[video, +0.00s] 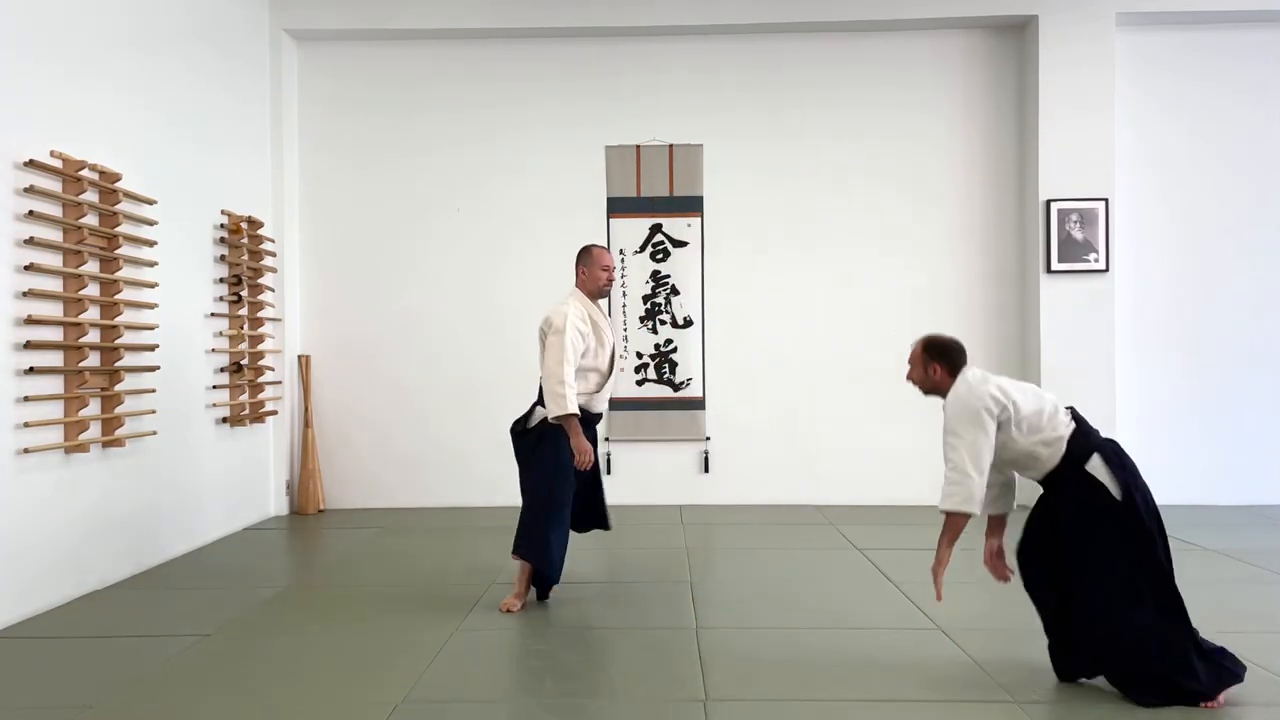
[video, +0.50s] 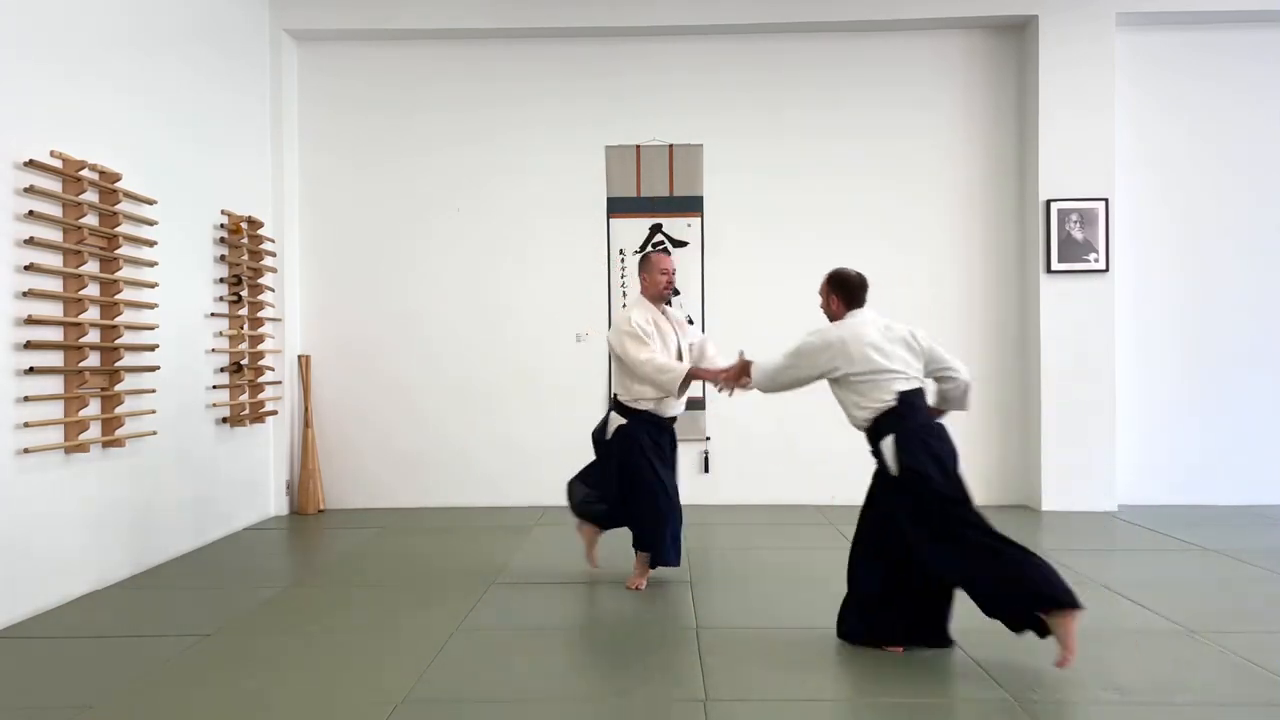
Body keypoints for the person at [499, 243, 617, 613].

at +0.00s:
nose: (612, 276)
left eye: (613, 270)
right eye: (605, 270)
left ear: (593, 274)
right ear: (583, 272)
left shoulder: (593, 315)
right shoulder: (566, 316)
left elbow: (586, 377)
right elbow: (558, 381)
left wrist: (589, 425)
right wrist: (576, 434)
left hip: (578, 425)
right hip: (555, 426)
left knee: (560, 505)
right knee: (544, 505)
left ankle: (539, 577)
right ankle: (521, 590)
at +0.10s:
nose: (618, 281)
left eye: (619, 275)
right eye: (612, 275)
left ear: (595, 279)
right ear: (589, 277)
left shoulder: (591, 315)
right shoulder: (579, 319)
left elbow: (581, 381)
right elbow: (570, 385)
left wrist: (591, 429)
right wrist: (585, 440)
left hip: (570, 426)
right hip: (570, 430)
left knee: (556, 496)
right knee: (578, 504)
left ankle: (522, 555)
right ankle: (531, 585)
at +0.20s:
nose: (630, 290)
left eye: (630, 284)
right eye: (623, 284)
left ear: (605, 289)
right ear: (601, 287)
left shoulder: (595, 322)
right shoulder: (595, 330)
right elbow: (589, 399)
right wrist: (605, 451)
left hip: (564, 429)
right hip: (579, 433)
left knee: (550, 494)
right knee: (606, 507)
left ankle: (520, 556)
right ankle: (557, 579)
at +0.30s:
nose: (644, 295)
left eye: (645, 289)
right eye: (638, 289)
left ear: (622, 294)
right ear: (616, 293)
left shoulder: (614, 329)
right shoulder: (603, 334)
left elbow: (609, 390)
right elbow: (609, 402)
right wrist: (648, 447)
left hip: (581, 429)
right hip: (587, 436)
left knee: (556, 496)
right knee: (628, 494)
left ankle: (520, 558)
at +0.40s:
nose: (655, 287)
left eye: (656, 281)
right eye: (648, 281)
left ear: (654, 285)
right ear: (627, 285)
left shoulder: (643, 326)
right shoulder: (615, 328)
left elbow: (644, 383)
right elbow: (632, 389)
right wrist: (687, 415)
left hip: (624, 430)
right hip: (610, 433)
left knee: (582, 491)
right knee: (647, 500)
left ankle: (533, 540)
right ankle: (641, 563)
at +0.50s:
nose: (671, 279)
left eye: (673, 273)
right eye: (663, 273)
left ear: (673, 276)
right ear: (644, 278)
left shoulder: (675, 320)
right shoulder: (627, 321)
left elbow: (702, 352)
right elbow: (648, 366)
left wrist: (726, 373)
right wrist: (704, 375)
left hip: (662, 425)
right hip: (632, 423)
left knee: (653, 496)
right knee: (655, 497)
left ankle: (595, 524)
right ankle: (642, 570)